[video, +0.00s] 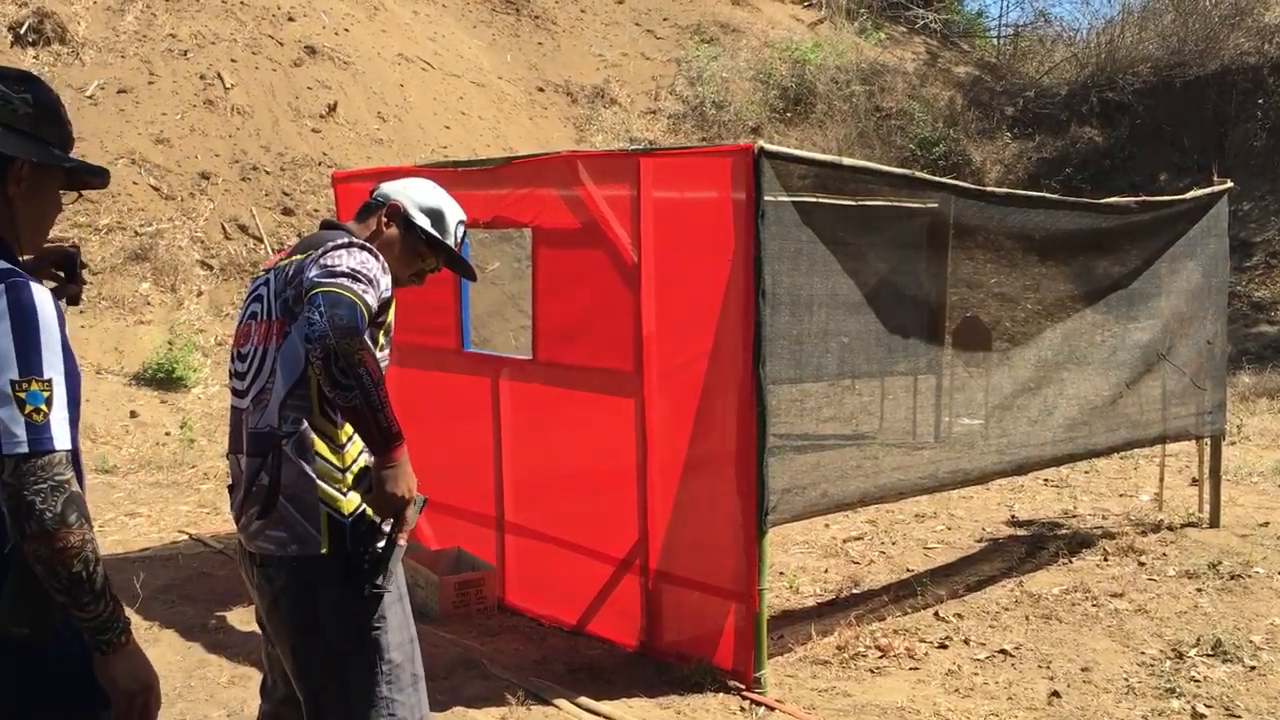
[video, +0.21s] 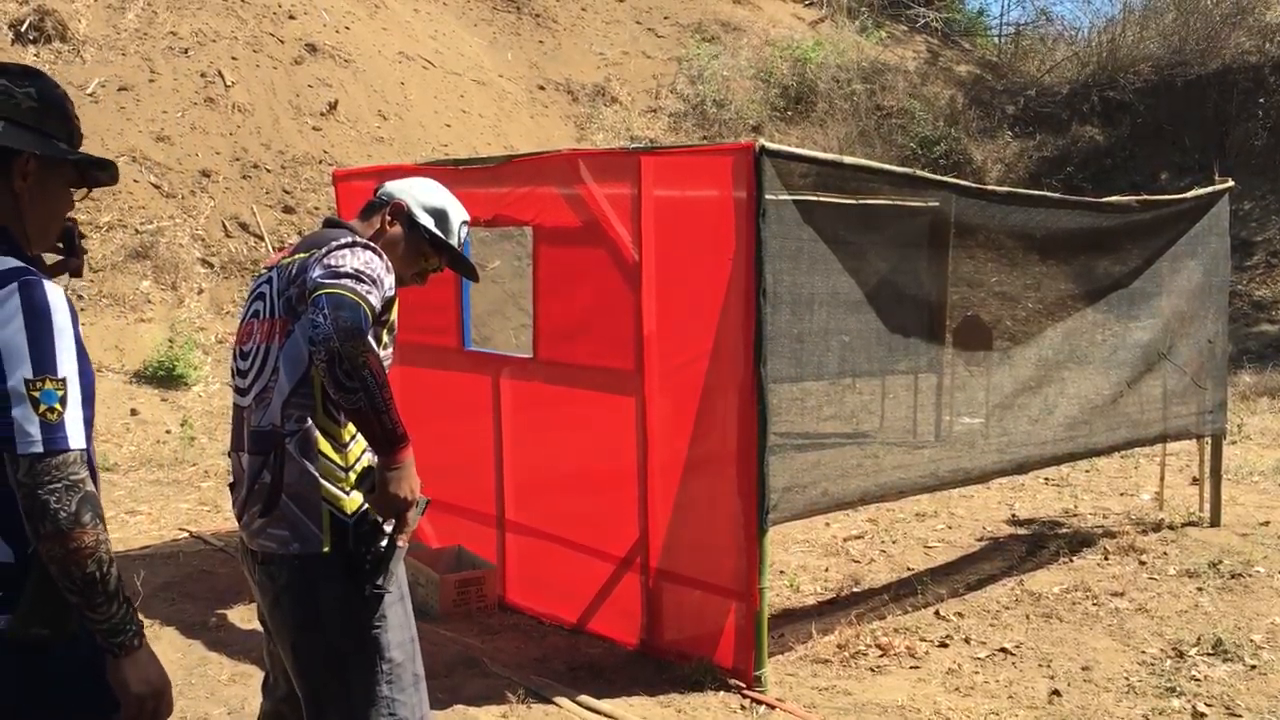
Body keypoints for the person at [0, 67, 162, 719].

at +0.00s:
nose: (62, 205)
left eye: (63, 188)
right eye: (58, 186)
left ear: (18, 183)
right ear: (19, 182)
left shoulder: (21, 292)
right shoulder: (21, 298)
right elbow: (40, 491)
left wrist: (20, 276)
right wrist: (113, 638)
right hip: (33, 639)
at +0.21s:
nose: (73, 206)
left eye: (75, 185)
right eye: (67, 182)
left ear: (22, 178)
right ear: (24, 176)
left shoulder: (17, 286)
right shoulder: (27, 295)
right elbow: (55, 496)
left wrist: (34, 276)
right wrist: (126, 640)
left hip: (17, 635)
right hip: (37, 644)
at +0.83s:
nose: (179, 216)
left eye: (187, 200)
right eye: (182, 197)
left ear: (66, 159)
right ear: (144, 184)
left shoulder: (7, 251)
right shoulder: (128, 315)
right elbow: (161, 527)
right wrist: (216, 661)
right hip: (92, 639)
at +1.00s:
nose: (190, 220)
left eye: (195, 201)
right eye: (192, 199)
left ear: (78, 162)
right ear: (153, 189)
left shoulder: (8, 250)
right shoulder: (133, 319)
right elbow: (162, 531)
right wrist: (216, 670)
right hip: (94, 629)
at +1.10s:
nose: (191, 218)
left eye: (198, 198)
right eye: (194, 196)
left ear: (78, 160)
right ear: (153, 187)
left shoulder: (7, 247)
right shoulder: (133, 318)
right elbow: (157, 528)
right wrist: (205, 672)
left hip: (8, 592)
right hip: (91, 625)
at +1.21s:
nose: (193, 218)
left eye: (199, 198)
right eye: (195, 195)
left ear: (80, 160)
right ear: (153, 188)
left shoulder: (7, 246)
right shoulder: (134, 320)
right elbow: (154, 532)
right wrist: (200, 674)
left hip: (7, 592)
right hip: (90, 627)